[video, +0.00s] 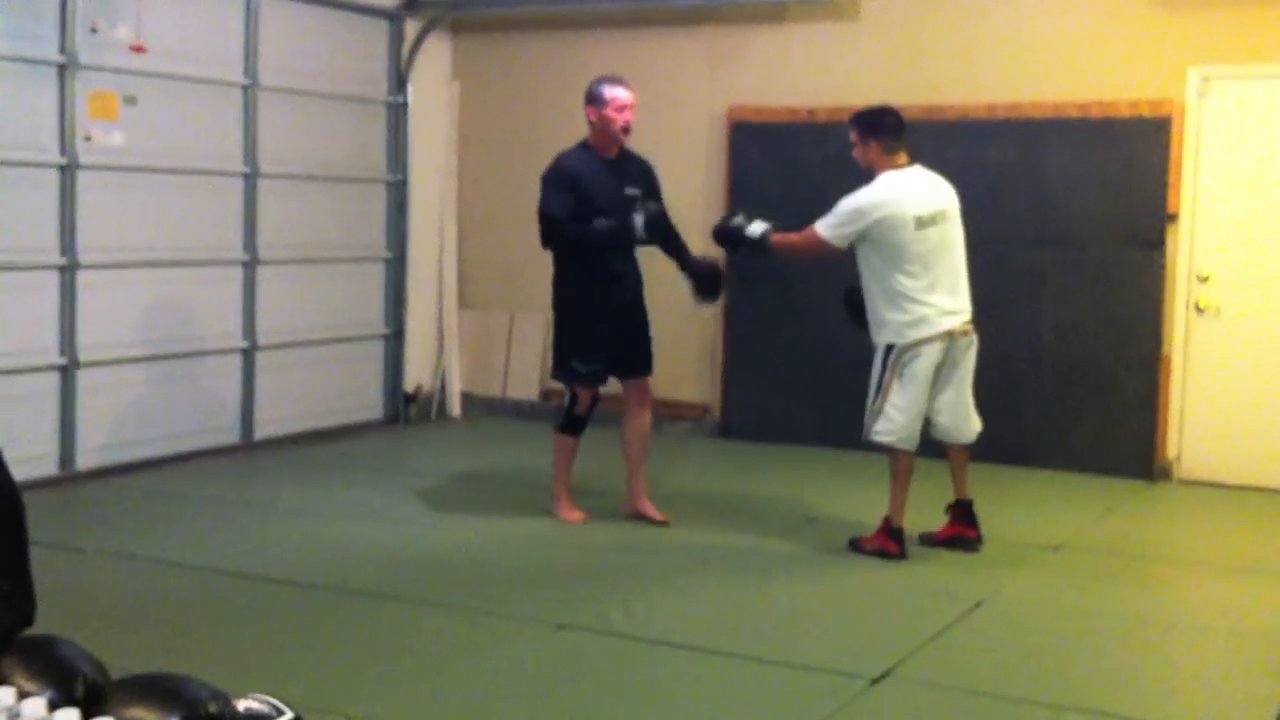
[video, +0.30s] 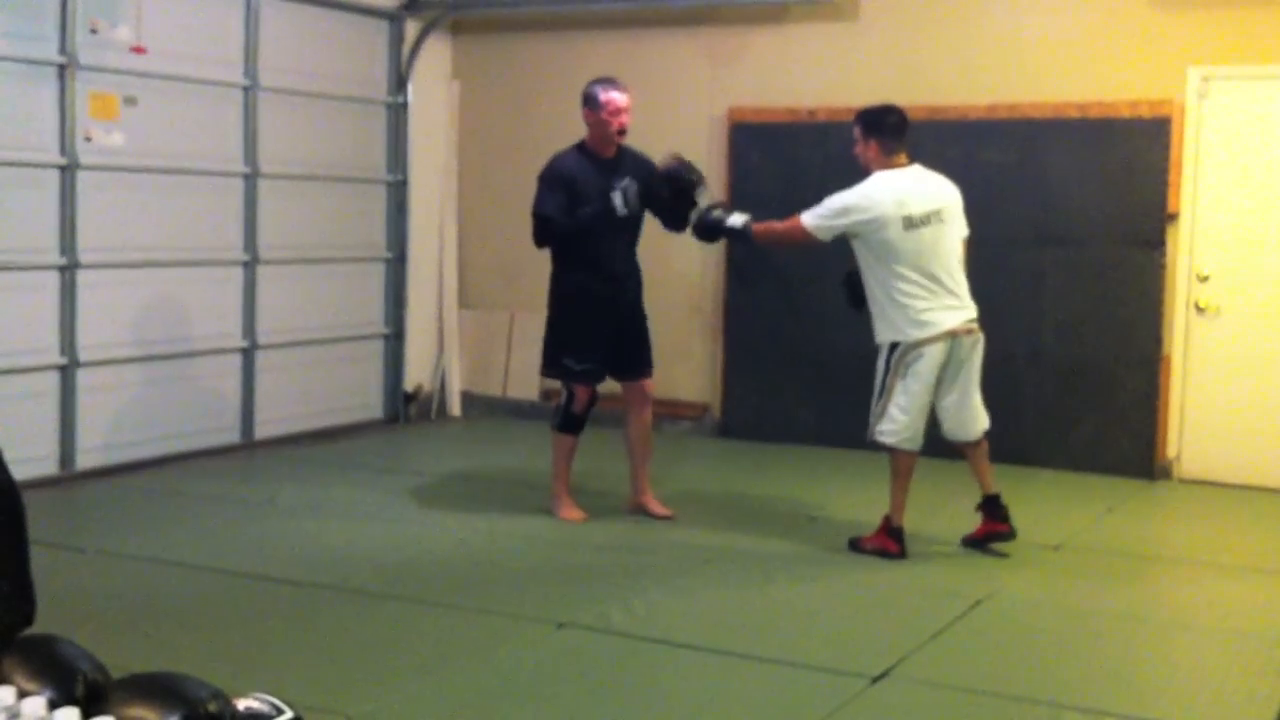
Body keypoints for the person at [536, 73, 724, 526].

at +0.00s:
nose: (629, 118)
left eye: (632, 109)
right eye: (620, 109)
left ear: (633, 113)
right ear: (592, 113)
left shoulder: (638, 169)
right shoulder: (566, 170)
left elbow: (659, 226)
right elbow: (552, 236)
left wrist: (691, 266)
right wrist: (617, 228)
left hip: (626, 296)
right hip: (580, 298)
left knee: (638, 392)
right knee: (584, 394)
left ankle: (637, 496)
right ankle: (561, 496)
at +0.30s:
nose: (624, 121)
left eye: (627, 112)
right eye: (615, 113)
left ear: (629, 114)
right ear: (589, 116)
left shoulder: (638, 167)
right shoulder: (563, 169)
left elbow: (675, 220)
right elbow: (544, 234)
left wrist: (680, 190)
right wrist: (604, 211)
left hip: (624, 299)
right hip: (577, 301)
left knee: (639, 393)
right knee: (580, 396)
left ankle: (642, 492)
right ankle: (561, 494)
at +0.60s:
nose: (639, 120)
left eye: (641, 111)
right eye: (629, 111)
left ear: (645, 115)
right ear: (604, 118)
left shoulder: (655, 169)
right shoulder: (576, 172)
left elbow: (673, 232)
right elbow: (547, 231)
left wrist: (663, 211)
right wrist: (607, 223)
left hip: (640, 297)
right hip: (591, 299)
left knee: (665, 387)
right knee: (586, 396)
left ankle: (665, 489)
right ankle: (561, 493)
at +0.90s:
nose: (680, 116)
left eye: (681, 108)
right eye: (669, 109)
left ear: (680, 114)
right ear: (643, 117)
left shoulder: (691, 170)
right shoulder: (616, 173)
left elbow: (721, 224)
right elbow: (591, 232)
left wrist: (738, 221)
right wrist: (649, 211)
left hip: (674, 298)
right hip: (626, 299)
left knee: (681, 397)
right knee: (619, 399)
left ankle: (690, 496)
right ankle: (571, 486)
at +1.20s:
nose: (693, 117)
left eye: (695, 109)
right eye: (684, 109)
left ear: (693, 114)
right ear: (657, 114)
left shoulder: (697, 164)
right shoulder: (633, 170)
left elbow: (719, 226)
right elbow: (642, 217)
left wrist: (751, 211)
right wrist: (685, 158)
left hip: (690, 296)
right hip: (645, 298)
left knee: (707, 392)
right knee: (650, 399)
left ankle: (695, 494)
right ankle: (621, 496)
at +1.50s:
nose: (715, 129)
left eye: (719, 121)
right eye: (707, 120)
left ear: (718, 123)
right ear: (680, 118)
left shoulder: (710, 168)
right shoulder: (654, 171)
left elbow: (730, 222)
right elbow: (673, 222)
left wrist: (768, 195)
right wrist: (706, 162)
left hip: (706, 298)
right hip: (661, 300)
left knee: (738, 392)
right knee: (656, 399)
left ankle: (771, 496)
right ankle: (621, 494)